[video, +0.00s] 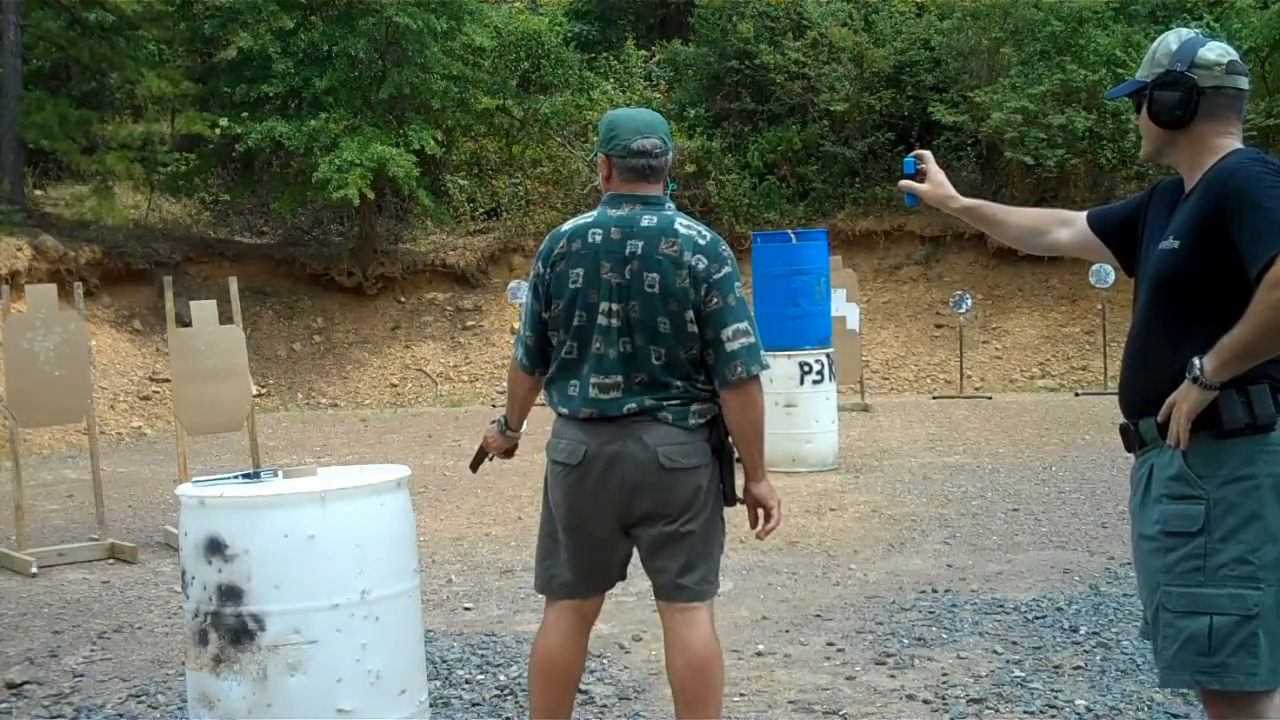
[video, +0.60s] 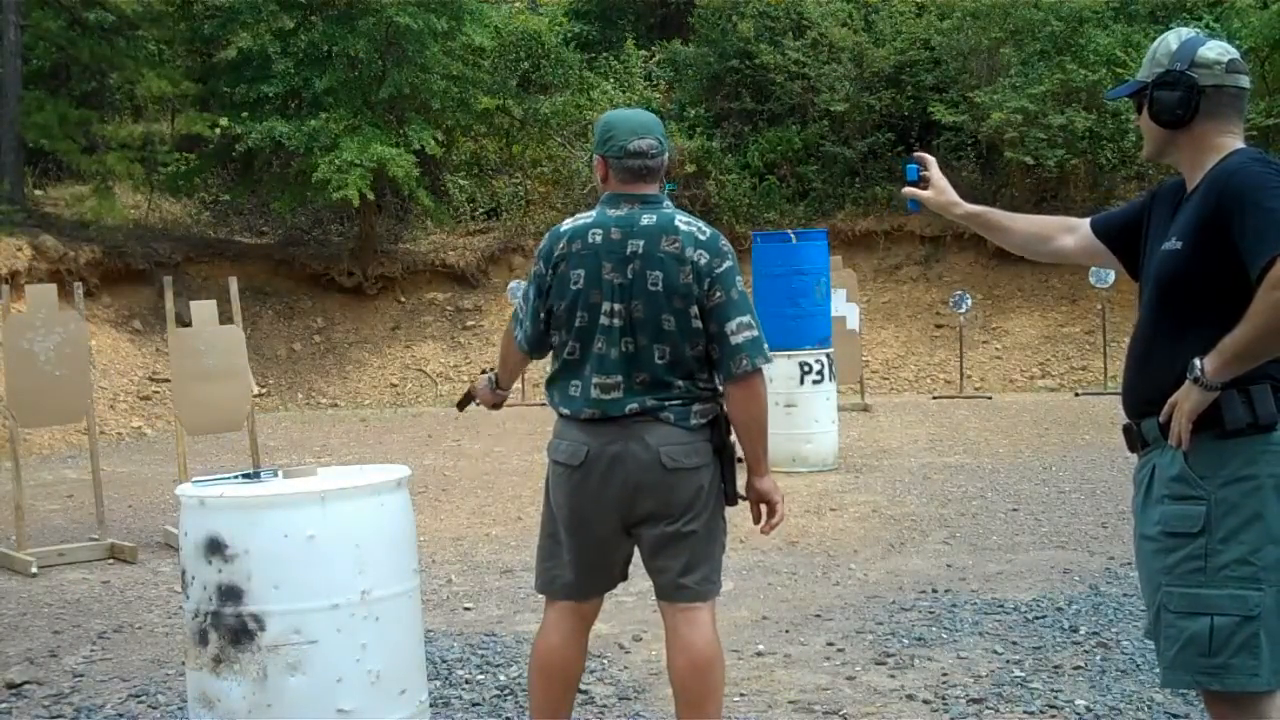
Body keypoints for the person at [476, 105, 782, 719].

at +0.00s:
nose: (597, 171)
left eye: (598, 163)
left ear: (605, 169)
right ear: (669, 169)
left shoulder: (561, 244)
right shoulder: (704, 248)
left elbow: (530, 357)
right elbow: (738, 375)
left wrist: (509, 425)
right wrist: (756, 473)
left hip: (582, 452)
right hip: (678, 452)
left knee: (568, 607)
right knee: (688, 610)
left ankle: (547, 715)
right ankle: (700, 715)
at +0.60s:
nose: (593, 171)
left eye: (594, 163)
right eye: (597, 162)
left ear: (602, 169)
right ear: (666, 168)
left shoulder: (563, 242)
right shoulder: (705, 245)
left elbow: (525, 333)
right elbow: (743, 370)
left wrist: (500, 383)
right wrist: (759, 469)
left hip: (583, 451)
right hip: (680, 452)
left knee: (567, 607)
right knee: (690, 610)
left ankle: (547, 715)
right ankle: (701, 715)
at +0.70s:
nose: (588, 171)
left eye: (589, 164)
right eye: (591, 163)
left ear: (597, 169)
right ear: (659, 166)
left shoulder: (562, 239)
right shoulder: (704, 243)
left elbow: (514, 301)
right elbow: (746, 365)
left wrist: (485, 312)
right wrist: (766, 464)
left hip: (586, 451)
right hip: (682, 452)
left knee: (568, 607)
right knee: (691, 611)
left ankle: (546, 715)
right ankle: (701, 715)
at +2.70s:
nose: (585, 171)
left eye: (585, 164)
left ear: (590, 170)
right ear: (655, 167)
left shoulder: (561, 230)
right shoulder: (699, 241)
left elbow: (512, 241)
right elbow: (741, 366)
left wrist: (496, 228)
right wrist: (769, 461)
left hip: (584, 446)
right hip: (678, 451)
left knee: (568, 608)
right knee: (691, 611)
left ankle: (547, 716)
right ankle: (701, 716)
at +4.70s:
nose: (584, 174)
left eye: (585, 167)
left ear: (590, 172)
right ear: (657, 167)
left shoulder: (561, 234)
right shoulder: (696, 240)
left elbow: (544, 245)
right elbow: (744, 365)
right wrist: (776, 456)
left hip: (583, 445)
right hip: (681, 450)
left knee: (570, 606)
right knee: (692, 610)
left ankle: (547, 715)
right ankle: (703, 718)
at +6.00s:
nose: (594, 173)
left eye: (596, 166)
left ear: (602, 172)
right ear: (668, 168)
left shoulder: (569, 235)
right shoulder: (705, 244)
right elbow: (753, 370)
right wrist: (779, 452)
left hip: (593, 446)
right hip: (690, 452)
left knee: (573, 610)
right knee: (696, 615)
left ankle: (548, 713)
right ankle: (705, 717)